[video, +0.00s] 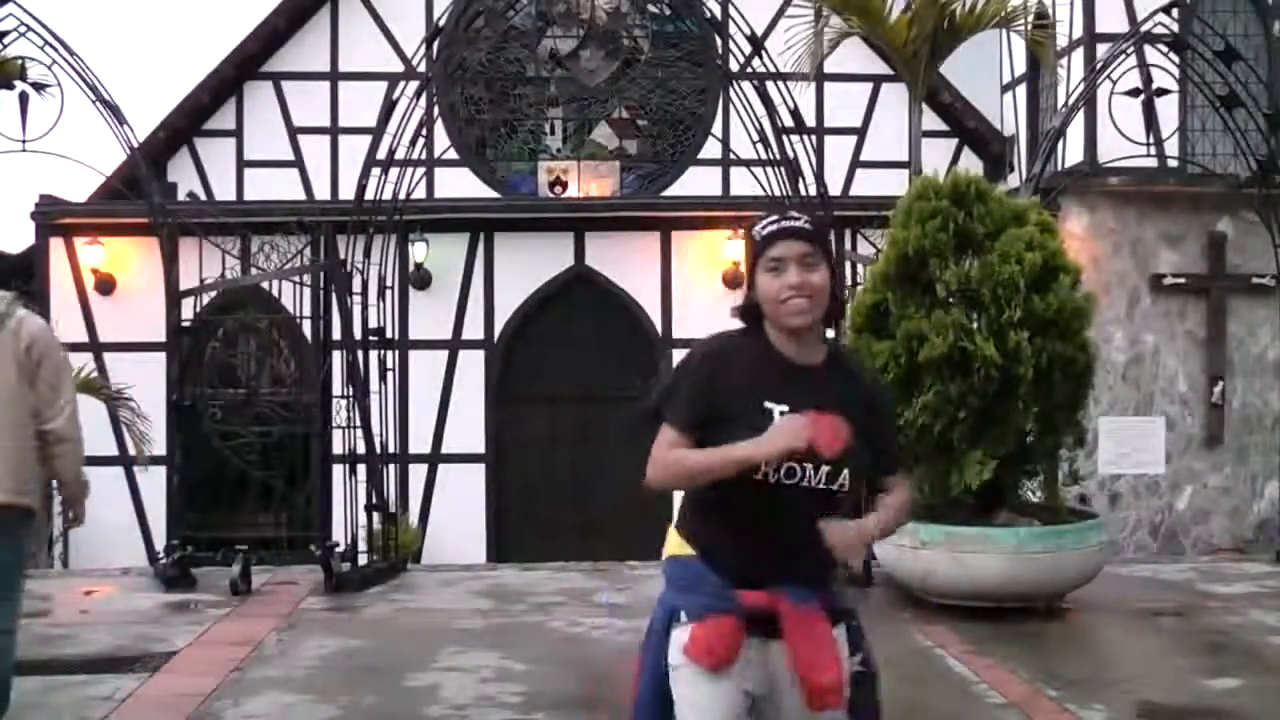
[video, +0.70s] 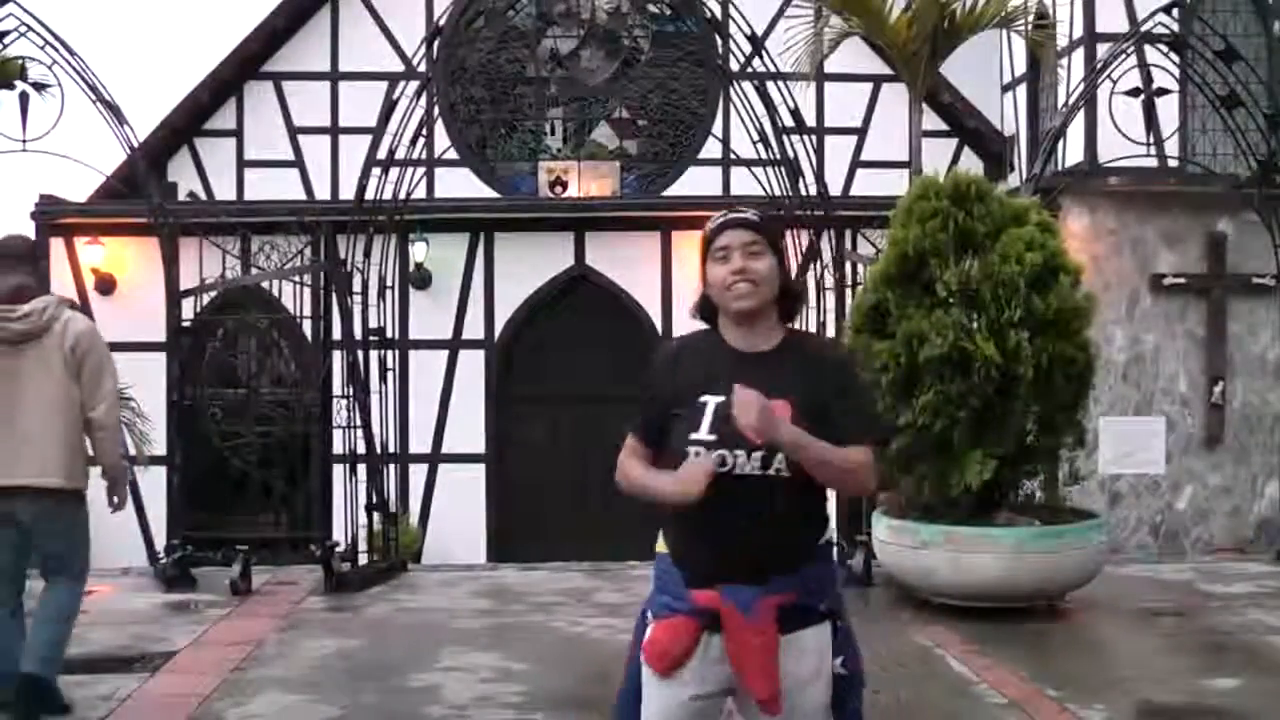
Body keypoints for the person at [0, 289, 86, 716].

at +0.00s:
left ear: (7, 287)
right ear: (18, 285)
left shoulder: (28, 331)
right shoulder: (28, 331)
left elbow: (57, 418)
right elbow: (58, 419)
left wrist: (70, 487)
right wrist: (73, 488)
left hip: (12, 499)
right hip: (9, 497)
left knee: (5, 617)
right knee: (4, 616)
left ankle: (4, 703)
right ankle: (1, 704)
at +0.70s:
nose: (15, 285)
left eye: (10, 277)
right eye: (30, 275)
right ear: (40, 275)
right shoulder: (73, 329)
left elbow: (99, 407)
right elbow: (101, 408)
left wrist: (114, 466)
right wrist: (116, 469)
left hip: (3, 486)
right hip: (53, 483)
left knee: (5, 594)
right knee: (64, 577)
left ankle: (14, 690)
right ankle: (35, 672)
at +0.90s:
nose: (14, 290)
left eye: (12, 283)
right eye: (24, 283)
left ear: (9, 283)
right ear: (54, 279)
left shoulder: (1, 327)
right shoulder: (90, 329)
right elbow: (115, 409)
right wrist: (127, 473)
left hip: (8, 482)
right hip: (68, 482)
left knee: (11, 597)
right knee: (83, 579)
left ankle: (16, 701)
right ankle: (100, 682)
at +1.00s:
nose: (36, 297)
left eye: (33, 291)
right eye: (46, 289)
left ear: (24, 289)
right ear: (69, 286)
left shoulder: (5, 331)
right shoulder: (105, 335)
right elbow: (132, 417)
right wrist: (141, 484)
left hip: (13, 482)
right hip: (82, 482)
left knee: (16, 590)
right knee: (99, 575)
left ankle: (16, 703)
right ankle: (119, 671)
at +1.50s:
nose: (102, 288)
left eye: (98, 280)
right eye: (120, 283)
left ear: (91, 281)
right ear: (133, 283)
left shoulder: (59, 331)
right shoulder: (164, 332)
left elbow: (31, 409)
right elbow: (192, 406)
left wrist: (49, 451)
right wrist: (209, 464)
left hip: (78, 466)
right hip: (137, 467)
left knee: (76, 559)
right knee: (131, 566)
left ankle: (68, 648)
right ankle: (122, 667)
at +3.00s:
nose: (129, 299)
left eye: (125, 292)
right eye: (144, 292)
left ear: (120, 290)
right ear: (155, 293)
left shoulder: (94, 334)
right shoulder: (177, 341)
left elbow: (68, 393)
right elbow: (196, 400)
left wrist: (53, 439)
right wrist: (211, 452)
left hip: (108, 448)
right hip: (156, 450)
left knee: (110, 530)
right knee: (153, 536)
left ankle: (117, 602)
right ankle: (145, 611)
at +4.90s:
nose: (75, 310)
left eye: (72, 304)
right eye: (83, 303)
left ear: (68, 304)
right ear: (97, 305)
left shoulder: (48, 342)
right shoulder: (122, 341)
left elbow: (39, 396)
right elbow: (142, 394)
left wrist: (43, 433)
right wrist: (140, 435)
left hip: (70, 439)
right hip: (110, 438)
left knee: (63, 504)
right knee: (100, 511)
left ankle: (62, 567)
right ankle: (90, 582)